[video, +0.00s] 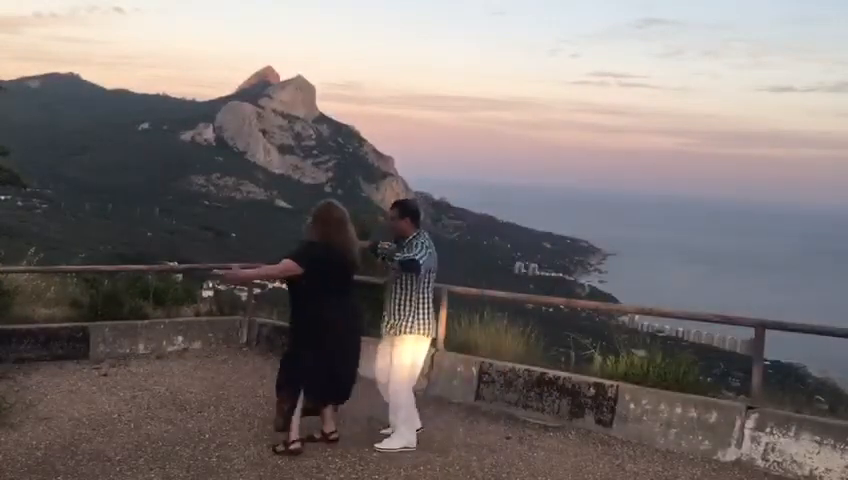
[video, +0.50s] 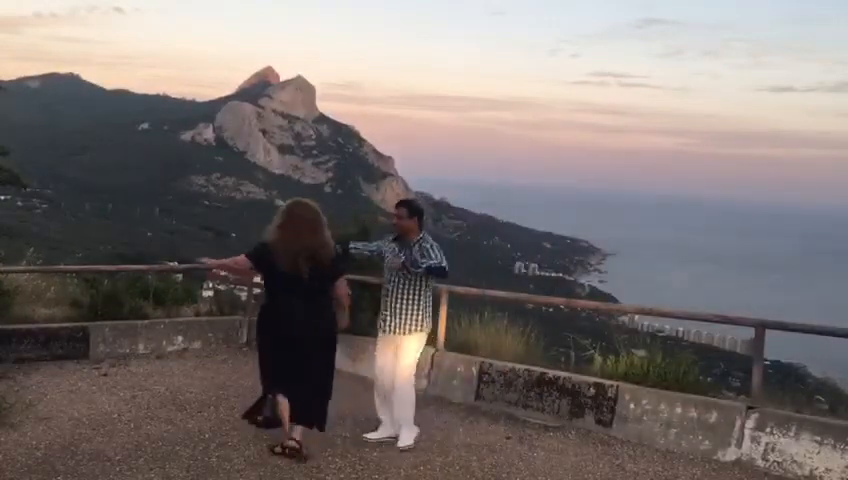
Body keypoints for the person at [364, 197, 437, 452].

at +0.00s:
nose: (390, 225)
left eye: (394, 219)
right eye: (390, 219)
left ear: (407, 221)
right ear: (404, 221)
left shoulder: (423, 244)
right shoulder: (401, 246)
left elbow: (413, 264)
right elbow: (382, 252)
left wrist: (389, 256)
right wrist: (374, 247)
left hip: (414, 327)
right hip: (394, 325)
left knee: (400, 382)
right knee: (383, 376)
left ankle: (404, 436)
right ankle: (408, 420)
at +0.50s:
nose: (394, 221)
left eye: (400, 217)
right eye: (395, 217)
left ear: (415, 220)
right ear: (397, 219)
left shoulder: (426, 245)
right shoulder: (390, 244)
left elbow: (442, 271)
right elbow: (365, 248)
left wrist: (413, 265)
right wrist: (341, 247)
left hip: (414, 325)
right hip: (388, 322)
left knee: (402, 377)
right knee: (382, 375)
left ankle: (407, 429)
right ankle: (388, 426)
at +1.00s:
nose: (405, 222)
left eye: (410, 218)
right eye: (404, 217)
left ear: (425, 221)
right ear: (405, 219)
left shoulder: (440, 246)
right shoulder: (396, 246)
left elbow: (462, 261)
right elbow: (368, 254)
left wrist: (433, 262)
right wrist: (334, 255)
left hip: (428, 331)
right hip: (397, 329)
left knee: (422, 384)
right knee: (390, 379)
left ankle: (418, 433)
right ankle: (393, 425)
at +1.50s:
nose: (412, 228)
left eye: (417, 224)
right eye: (411, 223)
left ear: (433, 225)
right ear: (410, 223)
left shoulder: (446, 245)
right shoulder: (402, 244)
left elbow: (468, 257)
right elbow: (372, 252)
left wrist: (441, 257)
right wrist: (340, 255)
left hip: (432, 327)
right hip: (401, 324)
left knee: (430, 379)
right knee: (395, 376)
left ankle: (430, 425)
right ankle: (393, 424)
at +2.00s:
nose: (418, 239)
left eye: (423, 234)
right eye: (416, 234)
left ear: (438, 230)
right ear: (413, 230)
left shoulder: (454, 244)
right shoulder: (409, 248)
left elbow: (476, 256)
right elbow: (381, 257)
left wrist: (444, 259)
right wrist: (345, 259)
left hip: (448, 327)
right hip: (416, 327)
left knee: (446, 381)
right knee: (408, 377)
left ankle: (441, 428)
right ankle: (408, 425)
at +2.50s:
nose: (413, 243)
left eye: (418, 240)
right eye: (411, 238)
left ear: (433, 236)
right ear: (408, 233)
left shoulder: (449, 249)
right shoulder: (402, 244)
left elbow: (470, 268)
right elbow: (372, 247)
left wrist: (439, 267)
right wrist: (338, 243)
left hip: (435, 327)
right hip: (403, 324)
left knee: (433, 379)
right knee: (400, 377)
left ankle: (427, 425)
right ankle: (403, 425)